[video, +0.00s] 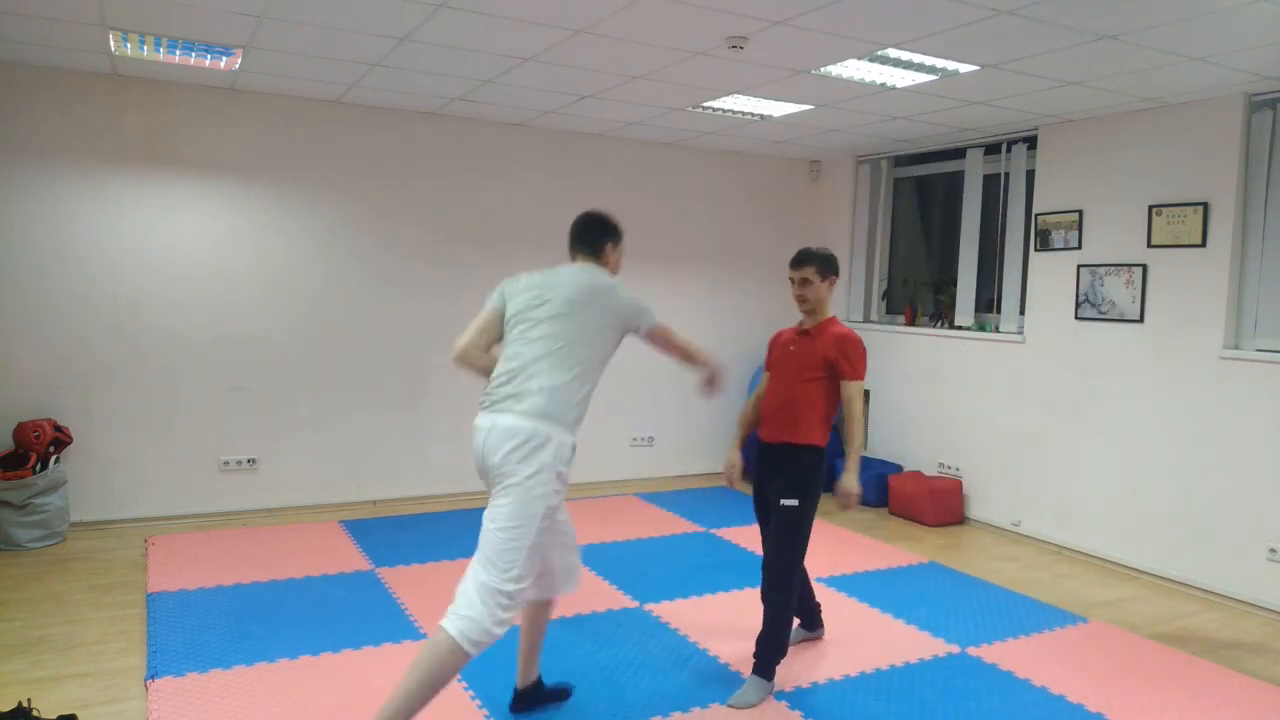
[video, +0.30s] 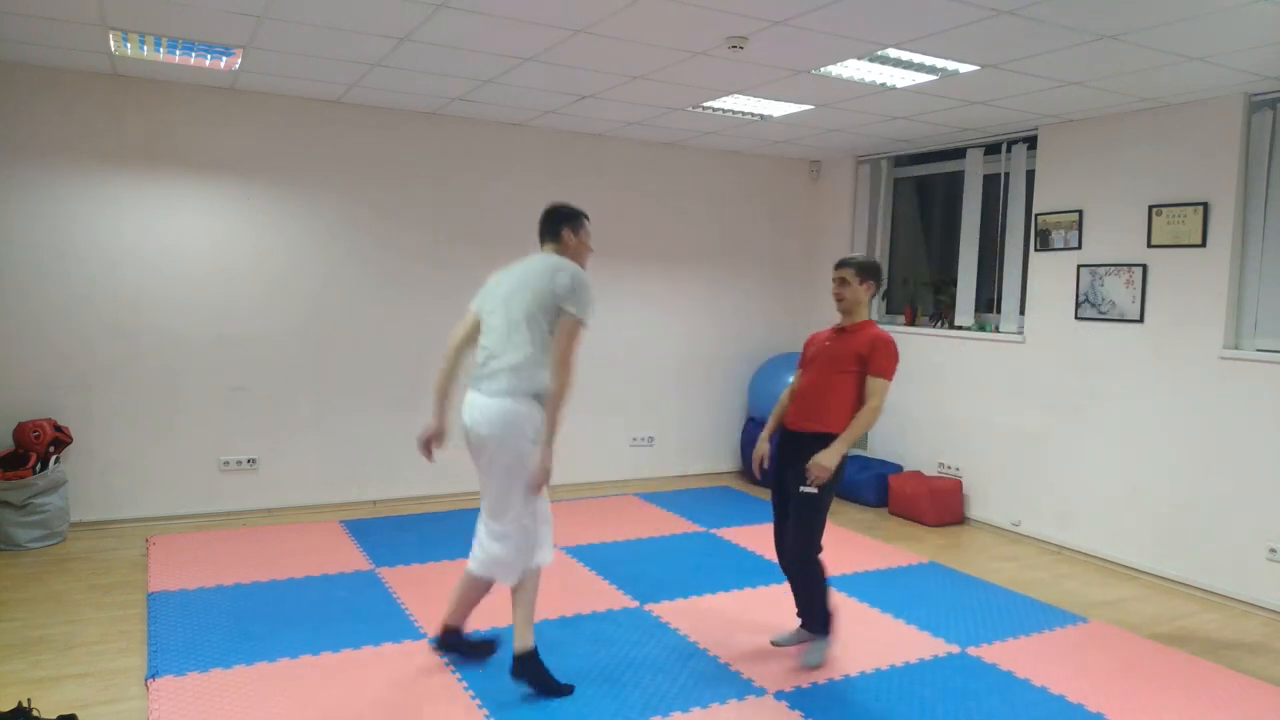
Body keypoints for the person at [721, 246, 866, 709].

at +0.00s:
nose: (799, 291)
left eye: (807, 282)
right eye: (794, 283)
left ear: (830, 284)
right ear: (790, 285)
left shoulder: (844, 342)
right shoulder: (781, 339)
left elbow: (854, 408)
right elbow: (761, 395)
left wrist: (851, 470)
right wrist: (736, 445)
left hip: (804, 460)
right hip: (764, 455)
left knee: (779, 564)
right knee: (780, 551)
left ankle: (763, 673)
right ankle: (810, 619)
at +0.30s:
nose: (835, 289)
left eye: (843, 283)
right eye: (834, 283)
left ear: (868, 288)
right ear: (834, 287)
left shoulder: (878, 342)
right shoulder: (817, 338)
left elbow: (873, 408)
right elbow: (793, 389)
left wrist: (833, 453)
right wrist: (765, 436)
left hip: (824, 449)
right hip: (788, 442)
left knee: (802, 546)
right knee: (785, 545)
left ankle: (820, 629)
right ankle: (809, 623)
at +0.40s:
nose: (846, 288)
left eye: (855, 281)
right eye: (846, 281)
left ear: (879, 288)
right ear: (847, 286)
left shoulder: (889, 341)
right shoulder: (833, 338)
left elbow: (888, 407)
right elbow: (807, 392)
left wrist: (856, 456)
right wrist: (774, 436)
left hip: (835, 447)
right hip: (799, 442)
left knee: (815, 543)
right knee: (792, 541)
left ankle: (869, 595)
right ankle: (811, 625)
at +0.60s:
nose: (868, 284)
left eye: (877, 278)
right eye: (868, 278)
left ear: (900, 287)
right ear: (869, 285)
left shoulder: (912, 345)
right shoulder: (857, 337)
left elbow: (913, 412)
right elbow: (841, 395)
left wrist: (900, 471)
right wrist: (810, 445)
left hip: (865, 456)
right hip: (826, 448)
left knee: (879, 544)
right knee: (806, 538)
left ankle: (935, 614)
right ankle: (812, 624)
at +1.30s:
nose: (845, 287)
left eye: (850, 281)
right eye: (846, 281)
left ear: (873, 284)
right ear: (868, 285)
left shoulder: (892, 329)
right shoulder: (866, 328)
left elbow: (871, 386)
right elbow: (839, 374)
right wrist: (807, 410)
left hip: (892, 440)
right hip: (868, 437)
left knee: (887, 525)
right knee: (856, 518)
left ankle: (932, 612)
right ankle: (868, 587)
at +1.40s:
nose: (840, 289)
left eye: (845, 282)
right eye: (840, 282)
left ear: (868, 284)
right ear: (864, 286)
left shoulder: (888, 327)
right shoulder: (861, 326)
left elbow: (843, 365)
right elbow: (824, 358)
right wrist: (776, 377)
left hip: (895, 436)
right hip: (871, 433)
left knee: (874, 518)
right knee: (856, 515)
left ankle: (913, 603)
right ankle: (868, 588)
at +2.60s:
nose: (841, 281)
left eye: (846, 274)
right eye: (842, 274)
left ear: (867, 279)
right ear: (865, 280)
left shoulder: (879, 321)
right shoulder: (865, 319)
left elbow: (847, 372)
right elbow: (848, 369)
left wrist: (829, 351)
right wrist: (837, 351)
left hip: (882, 429)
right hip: (868, 427)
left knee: (872, 513)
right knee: (851, 509)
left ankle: (873, 592)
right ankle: (870, 579)